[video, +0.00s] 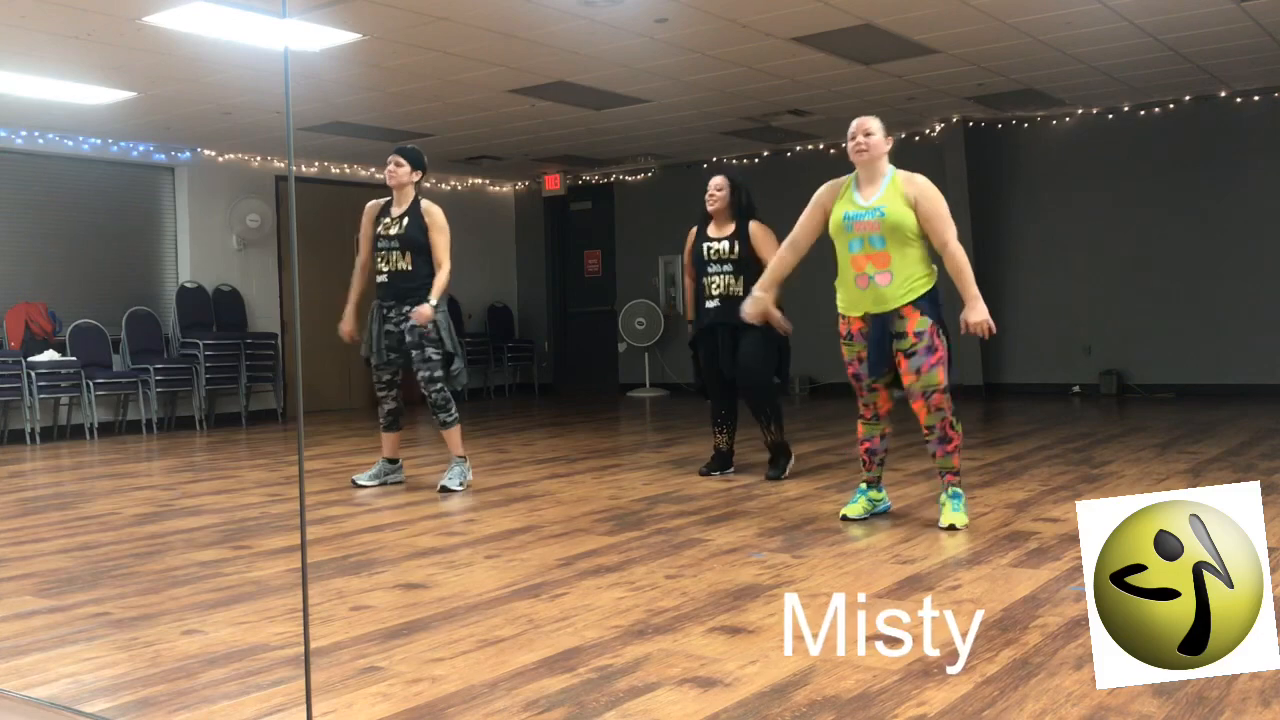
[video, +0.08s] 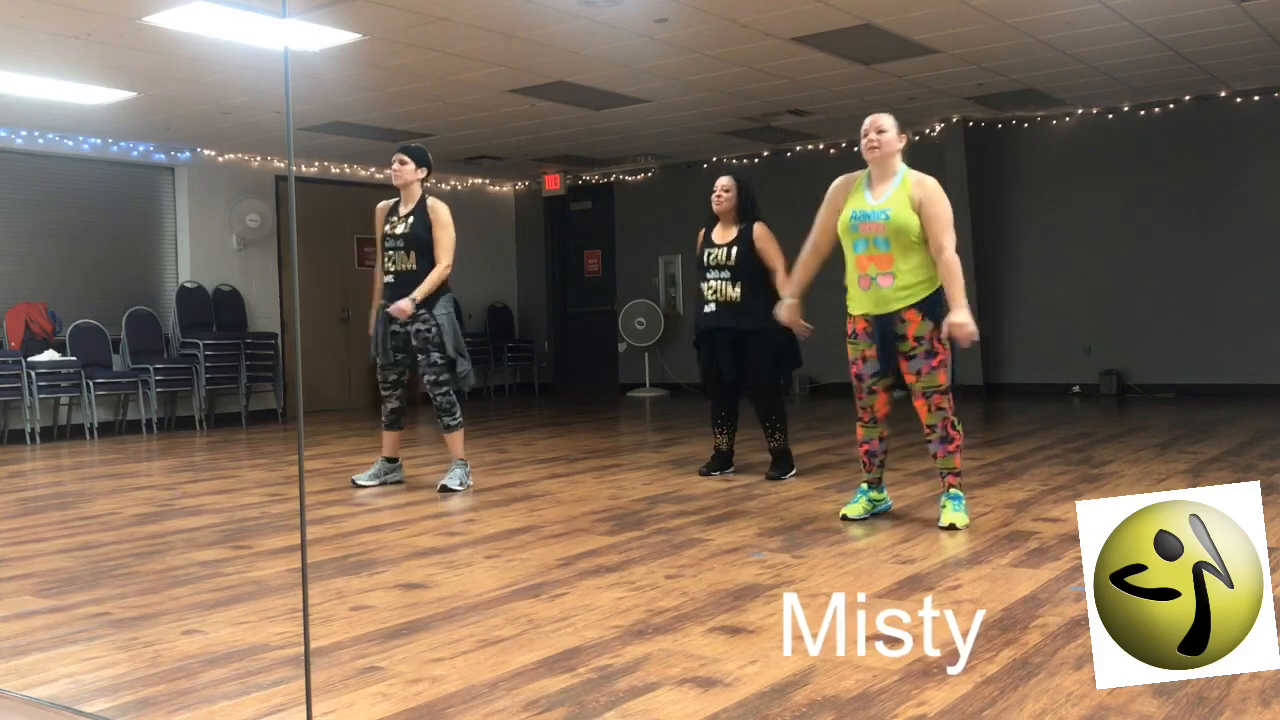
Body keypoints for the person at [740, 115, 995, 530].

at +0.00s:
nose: (859, 140)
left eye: (868, 133)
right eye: (853, 136)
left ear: (888, 143)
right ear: (846, 149)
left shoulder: (915, 187)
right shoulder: (831, 194)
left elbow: (949, 245)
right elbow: (793, 246)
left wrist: (973, 300)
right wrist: (762, 290)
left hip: (913, 308)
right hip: (857, 315)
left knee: (931, 397)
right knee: (870, 403)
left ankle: (952, 491)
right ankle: (872, 490)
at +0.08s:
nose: (871, 137)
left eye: (881, 130)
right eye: (866, 133)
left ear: (901, 141)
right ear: (860, 146)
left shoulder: (923, 188)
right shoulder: (843, 188)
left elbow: (945, 251)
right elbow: (816, 247)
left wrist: (959, 307)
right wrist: (791, 295)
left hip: (918, 309)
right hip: (863, 314)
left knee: (933, 402)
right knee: (868, 404)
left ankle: (952, 493)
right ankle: (873, 490)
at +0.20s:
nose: (881, 134)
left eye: (891, 127)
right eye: (876, 130)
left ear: (912, 139)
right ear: (869, 144)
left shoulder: (932, 185)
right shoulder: (856, 186)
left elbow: (944, 247)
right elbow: (845, 246)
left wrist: (939, 302)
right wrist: (837, 296)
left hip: (924, 311)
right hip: (870, 314)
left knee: (938, 401)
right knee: (842, 382)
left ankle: (952, 492)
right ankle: (864, 476)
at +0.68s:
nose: (868, 138)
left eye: (876, 131)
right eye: (860, 134)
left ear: (893, 140)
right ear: (851, 147)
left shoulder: (921, 182)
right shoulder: (838, 197)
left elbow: (956, 242)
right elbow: (821, 257)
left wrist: (978, 298)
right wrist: (783, 289)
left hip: (915, 309)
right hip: (857, 314)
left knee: (934, 399)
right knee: (857, 402)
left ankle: (948, 492)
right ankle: (863, 491)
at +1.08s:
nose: (876, 145)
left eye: (885, 137)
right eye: (870, 140)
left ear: (907, 141)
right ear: (865, 148)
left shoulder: (929, 191)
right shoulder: (852, 185)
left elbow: (950, 251)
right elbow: (831, 242)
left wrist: (934, 271)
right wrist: (812, 293)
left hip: (918, 312)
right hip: (864, 315)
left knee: (928, 406)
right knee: (866, 405)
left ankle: (942, 496)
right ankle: (866, 493)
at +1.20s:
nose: (884, 142)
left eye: (892, 134)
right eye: (879, 138)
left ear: (917, 138)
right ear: (875, 148)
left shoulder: (937, 189)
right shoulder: (868, 184)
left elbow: (952, 255)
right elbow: (859, 246)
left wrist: (925, 251)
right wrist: (855, 303)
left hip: (925, 313)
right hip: (875, 312)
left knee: (932, 404)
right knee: (840, 383)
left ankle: (942, 495)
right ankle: (857, 479)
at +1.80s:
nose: (894, 143)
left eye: (904, 136)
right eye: (889, 139)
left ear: (928, 146)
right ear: (887, 150)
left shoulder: (939, 187)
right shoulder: (880, 188)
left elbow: (948, 239)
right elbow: (873, 250)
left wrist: (950, 294)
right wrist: (866, 304)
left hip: (933, 314)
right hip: (883, 315)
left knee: (938, 405)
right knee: (829, 368)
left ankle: (944, 496)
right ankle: (848, 463)